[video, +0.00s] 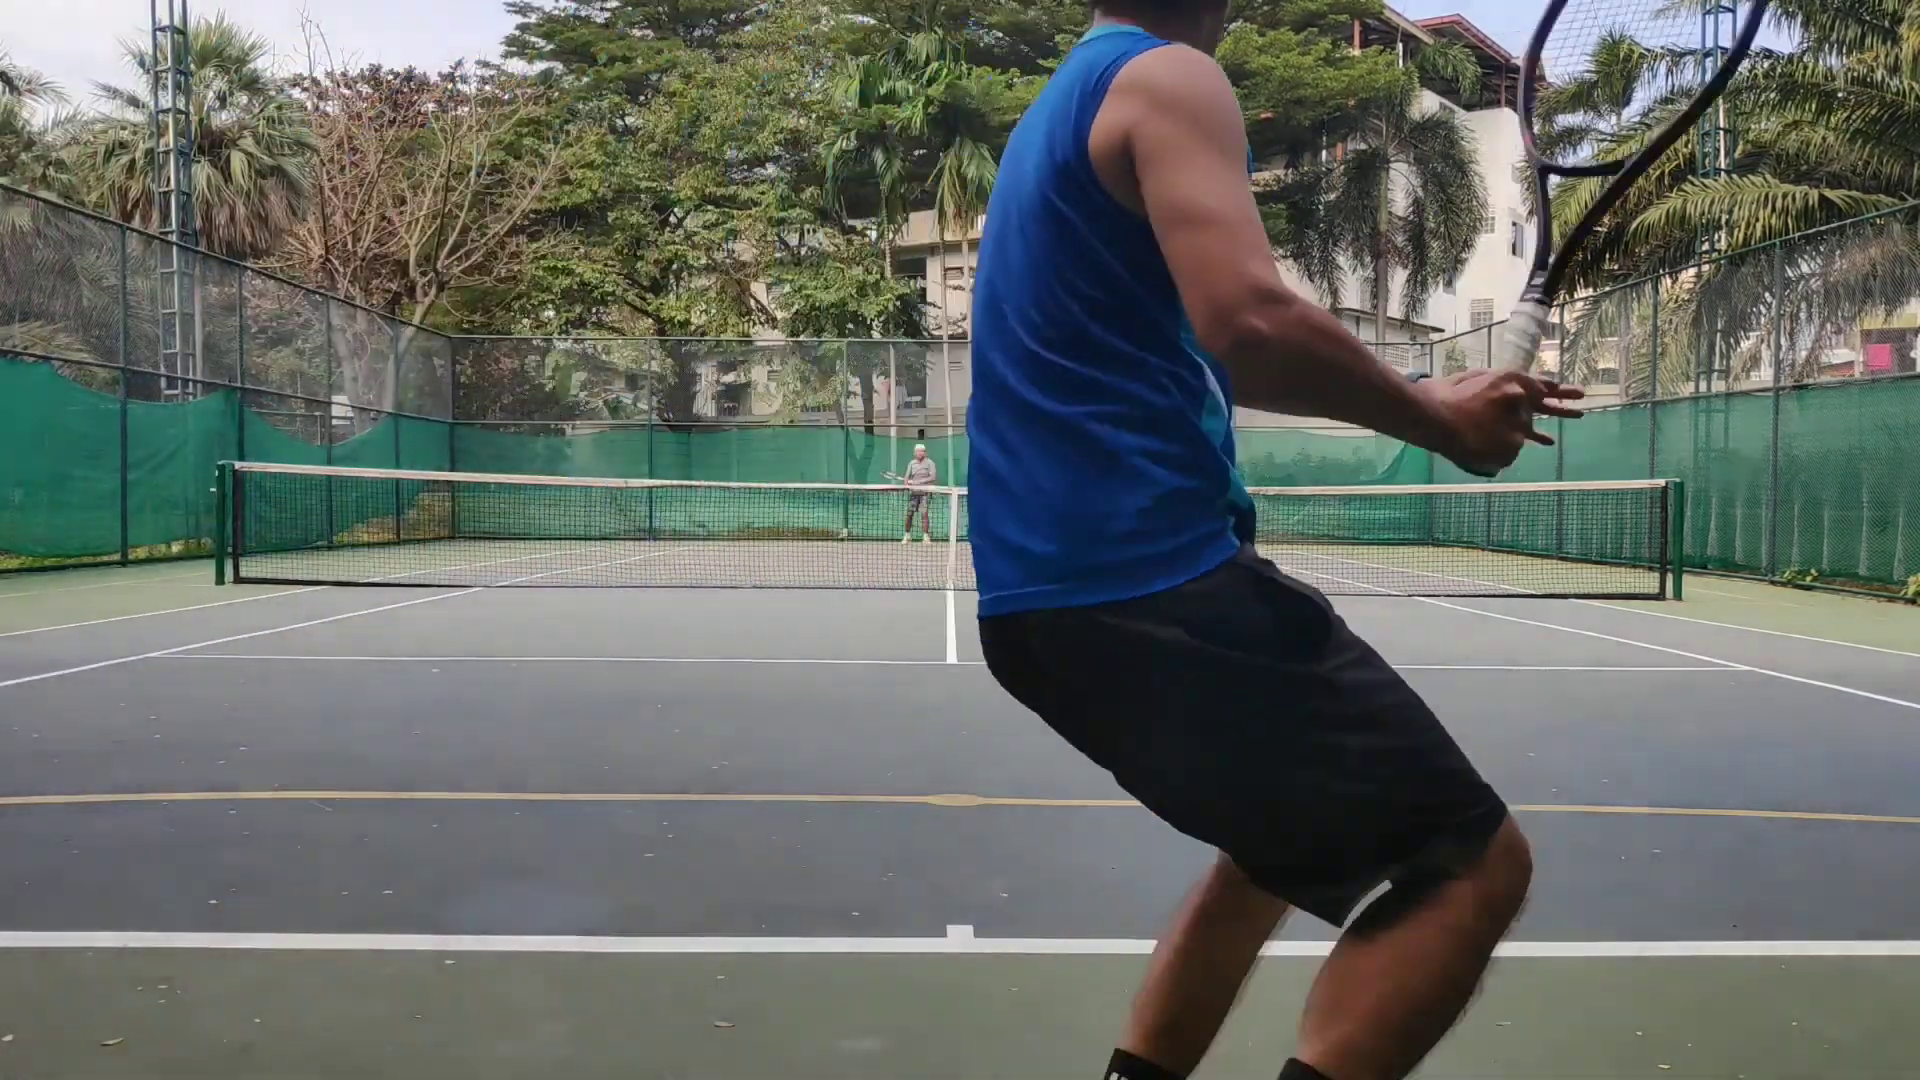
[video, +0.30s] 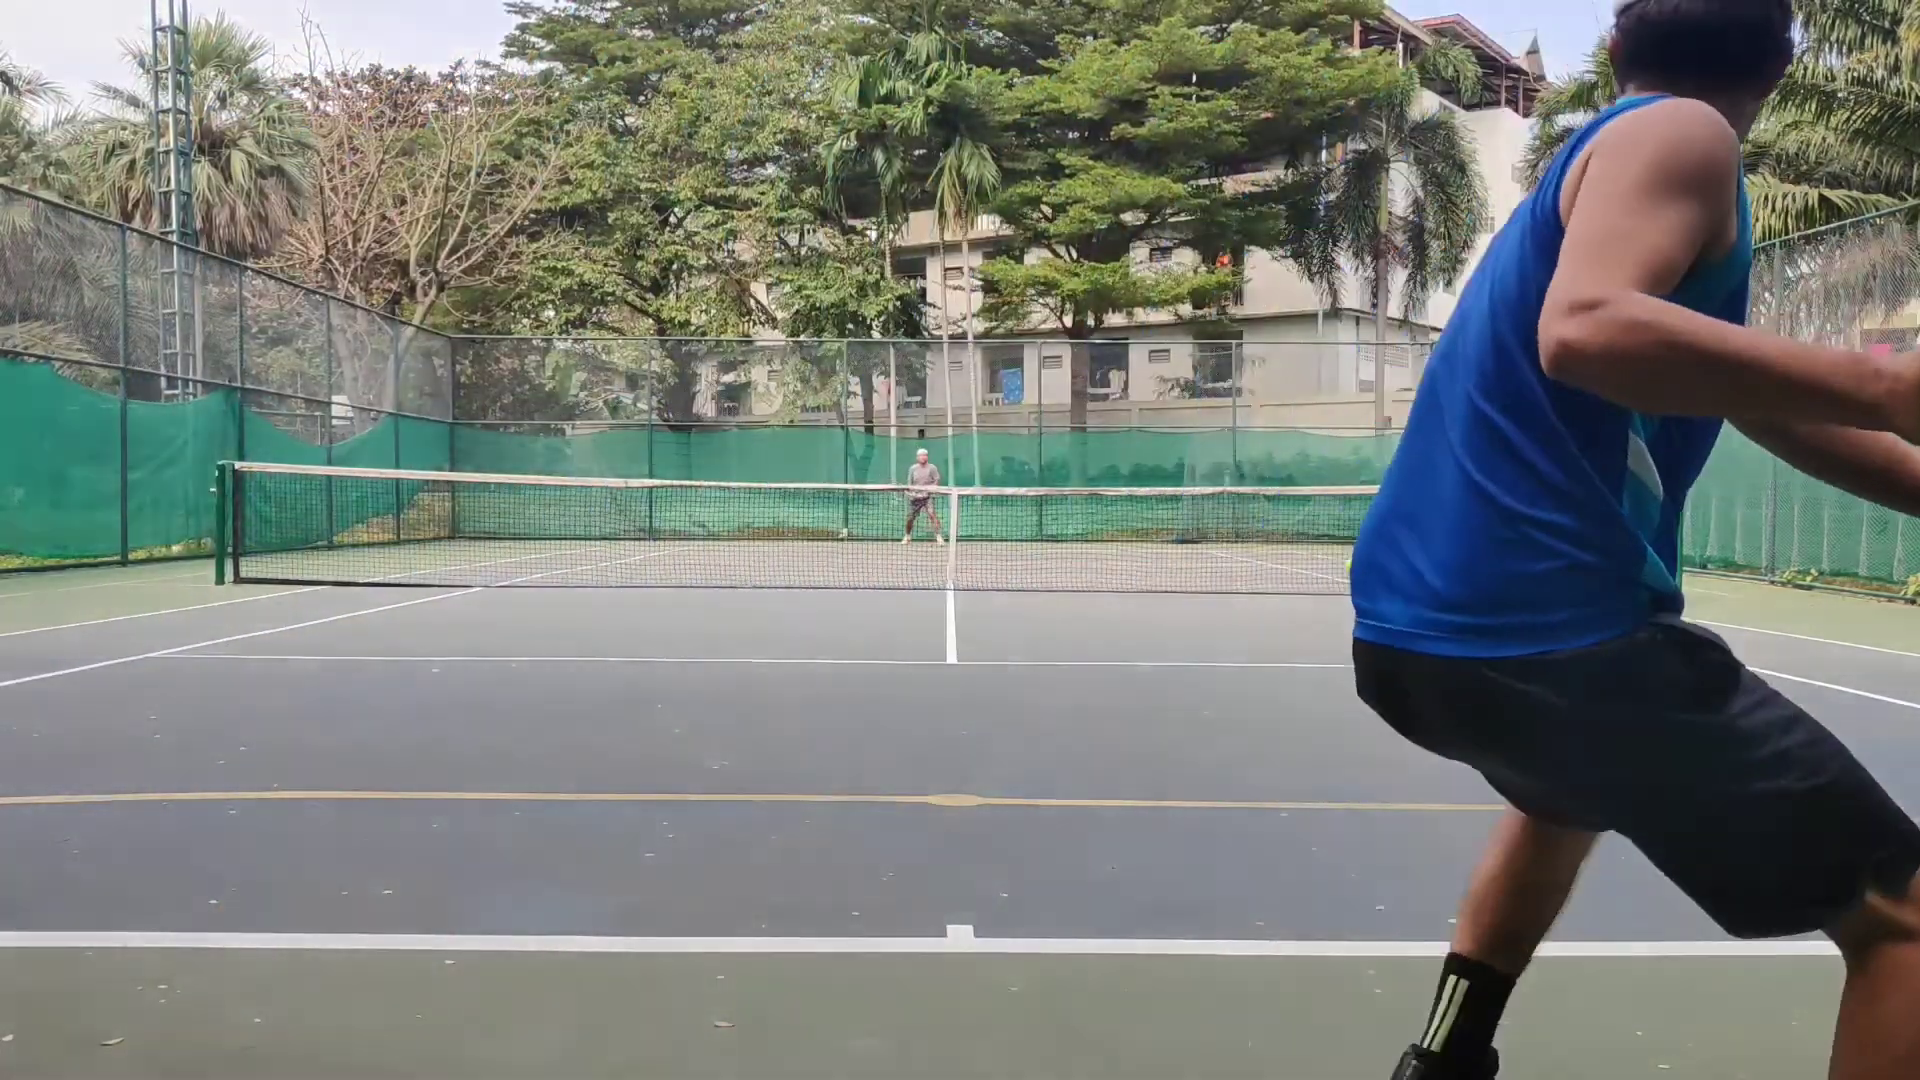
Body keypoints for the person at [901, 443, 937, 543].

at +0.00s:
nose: (920, 454)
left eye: (922, 451)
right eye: (918, 452)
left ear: (925, 453)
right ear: (915, 453)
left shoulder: (930, 463)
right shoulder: (912, 463)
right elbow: (907, 476)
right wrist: (907, 484)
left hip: (925, 490)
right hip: (914, 489)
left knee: (924, 512)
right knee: (910, 512)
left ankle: (926, 534)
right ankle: (907, 534)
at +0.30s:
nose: (923, 458)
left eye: (924, 455)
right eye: (921, 455)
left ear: (927, 457)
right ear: (917, 457)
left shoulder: (932, 468)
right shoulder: (913, 469)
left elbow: (936, 480)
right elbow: (909, 482)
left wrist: (931, 489)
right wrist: (911, 490)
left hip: (927, 495)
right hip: (915, 495)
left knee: (932, 515)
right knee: (910, 517)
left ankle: (938, 535)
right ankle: (907, 535)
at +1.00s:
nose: (919, 456)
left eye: (920, 454)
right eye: (917, 454)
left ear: (922, 456)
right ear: (912, 455)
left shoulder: (926, 467)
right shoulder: (906, 466)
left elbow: (929, 478)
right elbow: (901, 480)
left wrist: (926, 487)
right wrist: (909, 487)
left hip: (921, 493)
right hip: (910, 493)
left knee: (928, 514)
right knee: (903, 512)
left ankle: (934, 535)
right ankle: (895, 534)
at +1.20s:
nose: (910, 460)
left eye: (911, 458)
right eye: (908, 458)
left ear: (913, 459)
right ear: (904, 459)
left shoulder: (916, 470)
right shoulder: (898, 469)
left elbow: (920, 484)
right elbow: (892, 484)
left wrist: (916, 491)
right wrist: (902, 490)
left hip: (913, 498)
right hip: (901, 497)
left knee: (922, 516)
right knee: (897, 515)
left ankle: (933, 536)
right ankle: (885, 534)